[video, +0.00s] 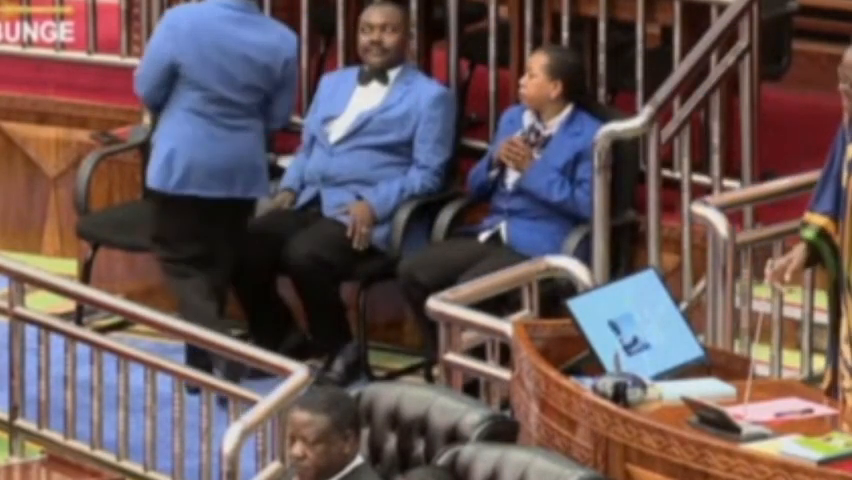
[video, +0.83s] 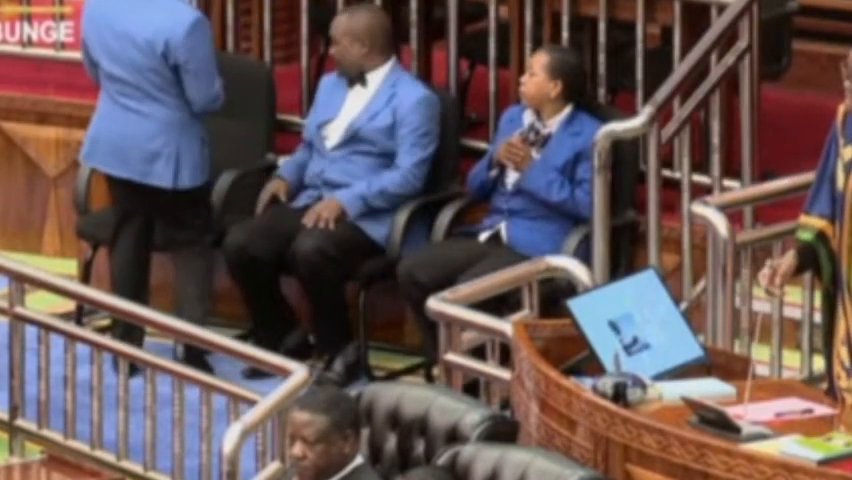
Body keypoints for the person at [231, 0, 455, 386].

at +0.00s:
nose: (376, 38)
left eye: (388, 30)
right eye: (368, 29)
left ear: (406, 39)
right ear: (358, 36)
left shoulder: (430, 96)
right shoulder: (331, 84)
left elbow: (429, 174)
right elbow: (306, 151)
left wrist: (374, 205)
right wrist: (287, 191)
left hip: (368, 216)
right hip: (312, 206)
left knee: (307, 255)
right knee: (246, 245)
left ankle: (337, 350)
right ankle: (278, 340)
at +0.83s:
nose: (330, 51)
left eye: (336, 43)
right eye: (331, 42)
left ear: (365, 47)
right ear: (361, 46)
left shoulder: (414, 98)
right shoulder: (331, 84)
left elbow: (411, 176)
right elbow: (309, 148)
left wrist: (345, 201)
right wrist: (285, 178)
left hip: (371, 216)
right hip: (313, 203)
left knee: (310, 252)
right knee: (243, 245)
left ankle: (338, 350)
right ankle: (278, 334)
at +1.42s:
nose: (312, 47)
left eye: (315, 39)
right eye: (312, 40)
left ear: (333, 42)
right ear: (349, 40)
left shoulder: (378, 94)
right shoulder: (332, 82)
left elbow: (360, 179)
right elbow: (322, 140)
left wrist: (298, 229)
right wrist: (283, 138)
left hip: (366, 216)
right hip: (314, 204)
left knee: (315, 256)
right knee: (236, 244)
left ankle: (343, 357)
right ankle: (281, 339)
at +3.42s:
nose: (352, 49)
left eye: (361, 39)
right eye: (340, 40)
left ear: (373, 42)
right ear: (322, 46)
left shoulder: (401, 98)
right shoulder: (304, 88)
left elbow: (412, 175)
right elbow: (299, 151)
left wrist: (339, 182)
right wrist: (273, 164)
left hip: (367, 216)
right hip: (302, 209)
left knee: (314, 254)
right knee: (239, 249)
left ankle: (337, 356)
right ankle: (282, 345)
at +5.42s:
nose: (373, 51)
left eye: (380, 42)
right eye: (362, 42)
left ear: (389, 46)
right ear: (339, 48)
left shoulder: (411, 103)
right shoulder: (308, 89)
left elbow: (411, 181)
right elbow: (286, 149)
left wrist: (341, 181)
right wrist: (298, 169)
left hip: (365, 218)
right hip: (302, 210)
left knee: (318, 258)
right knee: (235, 248)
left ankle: (340, 358)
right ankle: (283, 344)